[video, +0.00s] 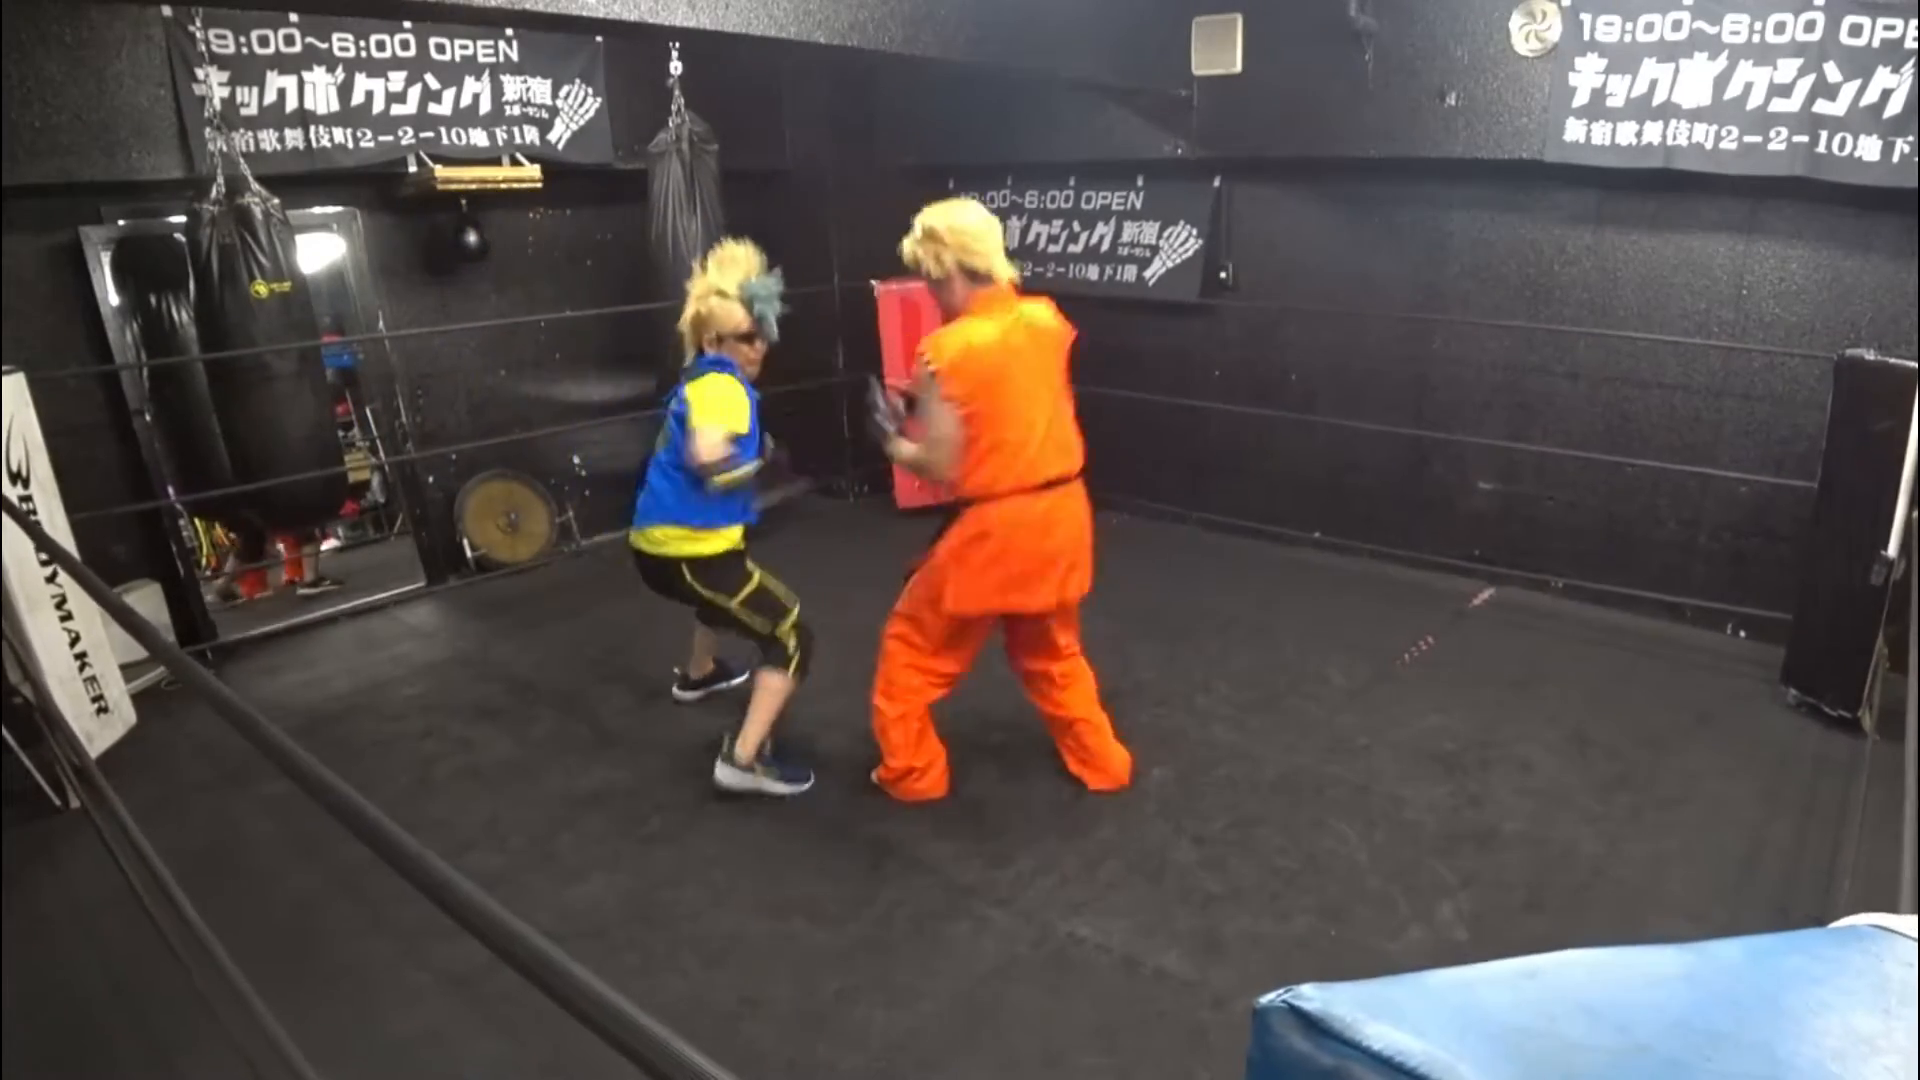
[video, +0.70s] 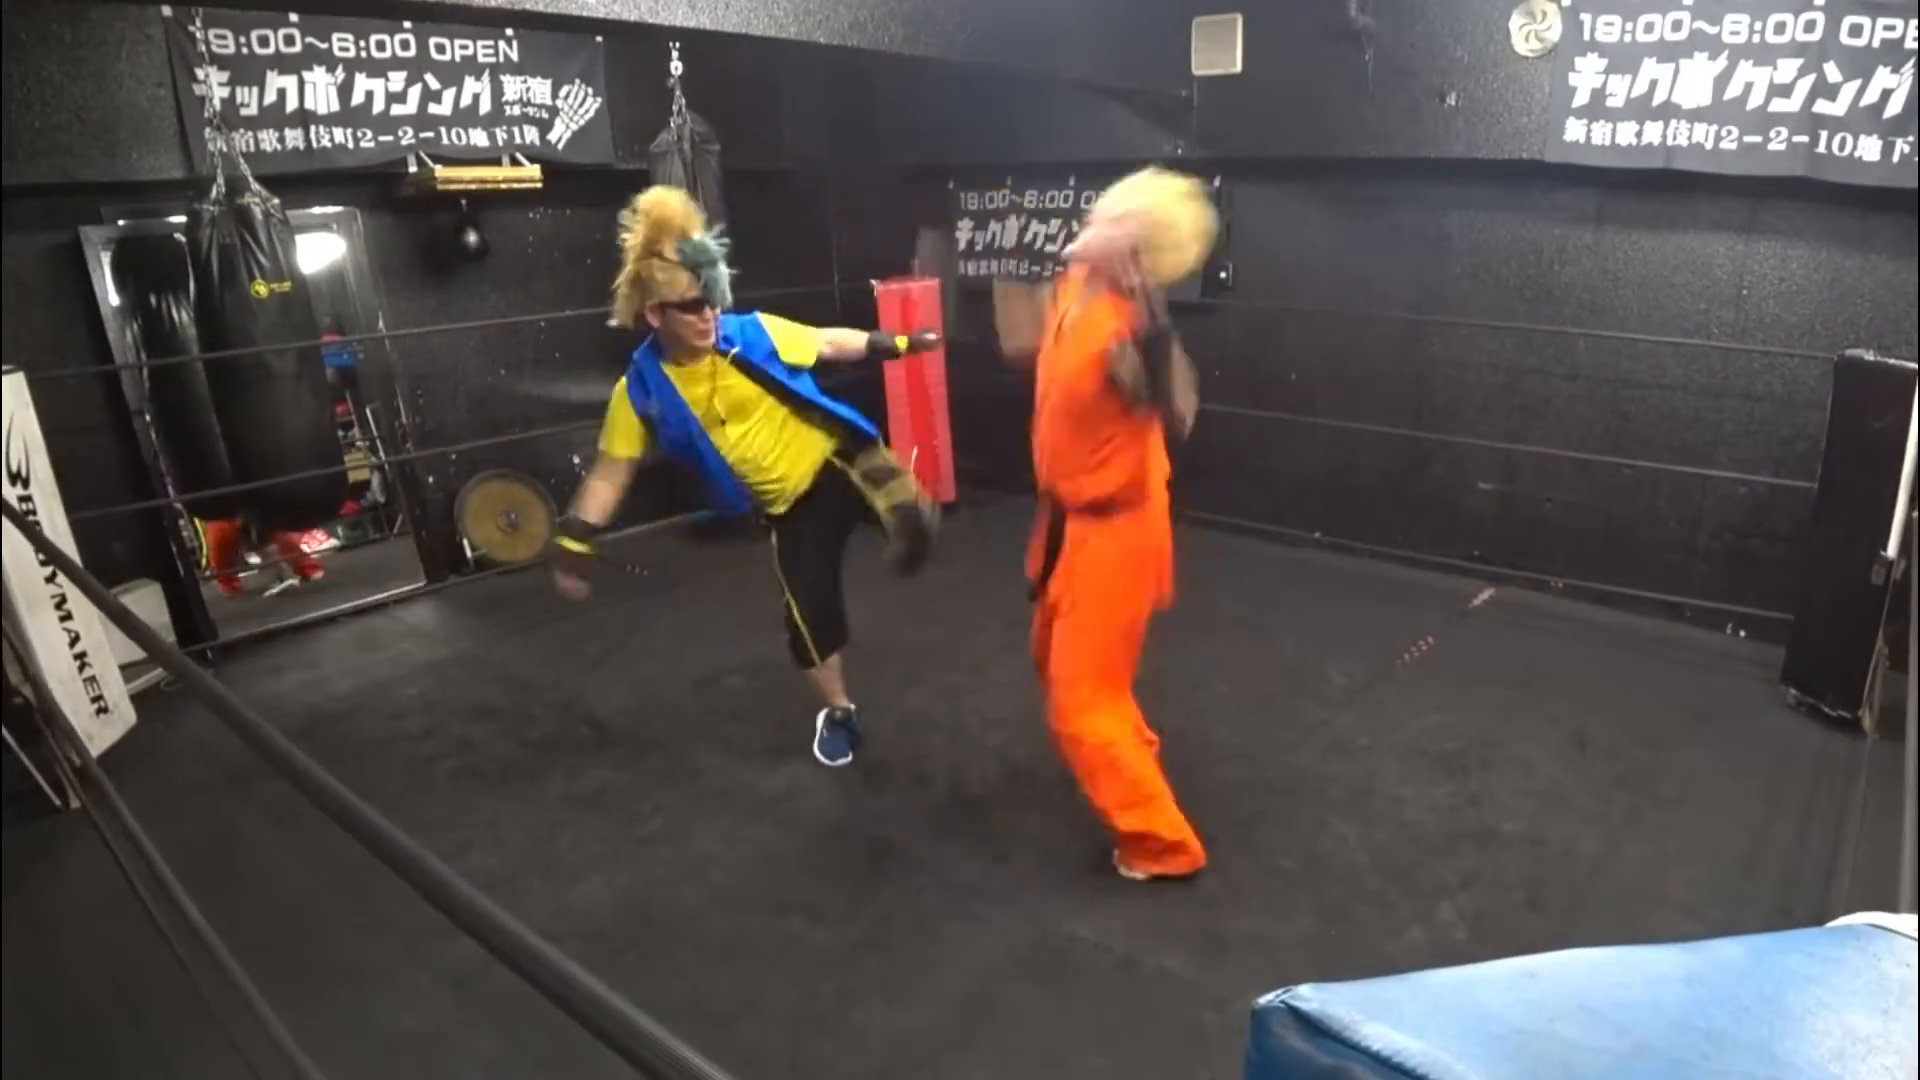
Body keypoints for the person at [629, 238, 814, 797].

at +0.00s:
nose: (761, 352)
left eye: (762, 341)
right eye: (752, 342)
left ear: (721, 341)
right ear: (723, 342)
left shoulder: (702, 381)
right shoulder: (720, 389)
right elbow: (708, 461)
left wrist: (748, 458)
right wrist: (758, 461)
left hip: (662, 541)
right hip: (690, 552)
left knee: (726, 580)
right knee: (791, 637)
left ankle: (699, 669)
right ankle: (744, 759)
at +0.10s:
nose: (752, 326)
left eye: (756, 312)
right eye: (738, 315)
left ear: (764, 312)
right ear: (705, 323)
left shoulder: (764, 367)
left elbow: (798, 429)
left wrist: (791, 426)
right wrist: (634, 494)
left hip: (738, 526)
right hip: (693, 543)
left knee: (745, 592)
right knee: (802, 601)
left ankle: (701, 670)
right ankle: (782, 721)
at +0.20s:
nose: (737, 304)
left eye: (740, 291)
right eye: (722, 293)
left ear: (746, 289)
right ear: (683, 297)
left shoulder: (763, 340)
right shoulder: (653, 366)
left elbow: (819, 385)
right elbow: (619, 424)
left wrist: (821, 415)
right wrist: (599, 452)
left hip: (773, 505)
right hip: (713, 521)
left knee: (804, 604)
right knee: (790, 608)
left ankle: (737, 636)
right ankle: (803, 716)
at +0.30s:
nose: (721, 298)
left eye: (724, 285)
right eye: (707, 287)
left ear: (731, 283)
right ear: (665, 292)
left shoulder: (746, 332)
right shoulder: (635, 362)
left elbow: (817, 377)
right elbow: (611, 443)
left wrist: (873, 418)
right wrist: (624, 425)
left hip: (798, 488)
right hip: (733, 515)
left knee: (864, 549)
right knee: (784, 610)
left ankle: (869, 563)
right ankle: (801, 719)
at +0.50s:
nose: (727, 318)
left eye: (729, 306)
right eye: (714, 307)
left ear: (733, 302)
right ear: (672, 310)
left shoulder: (748, 341)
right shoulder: (654, 365)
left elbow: (816, 361)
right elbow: (637, 391)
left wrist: (875, 364)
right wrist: (632, 384)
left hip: (821, 448)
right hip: (784, 507)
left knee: (921, 435)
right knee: (808, 619)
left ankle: (1032, 419)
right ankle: (830, 715)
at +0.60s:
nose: (716, 320)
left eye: (719, 307)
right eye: (701, 310)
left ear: (725, 301)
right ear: (661, 316)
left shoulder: (749, 336)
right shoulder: (641, 383)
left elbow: (825, 349)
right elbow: (598, 440)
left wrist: (881, 348)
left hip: (832, 445)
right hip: (793, 507)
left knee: (903, 447)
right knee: (810, 613)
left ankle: (1012, 466)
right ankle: (840, 712)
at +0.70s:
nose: (709, 318)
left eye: (712, 304)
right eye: (693, 309)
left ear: (720, 299)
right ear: (654, 316)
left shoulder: (749, 332)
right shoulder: (642, 389)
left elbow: (827, 344)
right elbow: (612, 470)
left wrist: (898, 342)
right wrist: (577, 539)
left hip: (838, 459)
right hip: (790, 510)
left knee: (880, 482)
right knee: (810, 622)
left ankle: (912, 530)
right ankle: (839, 711)